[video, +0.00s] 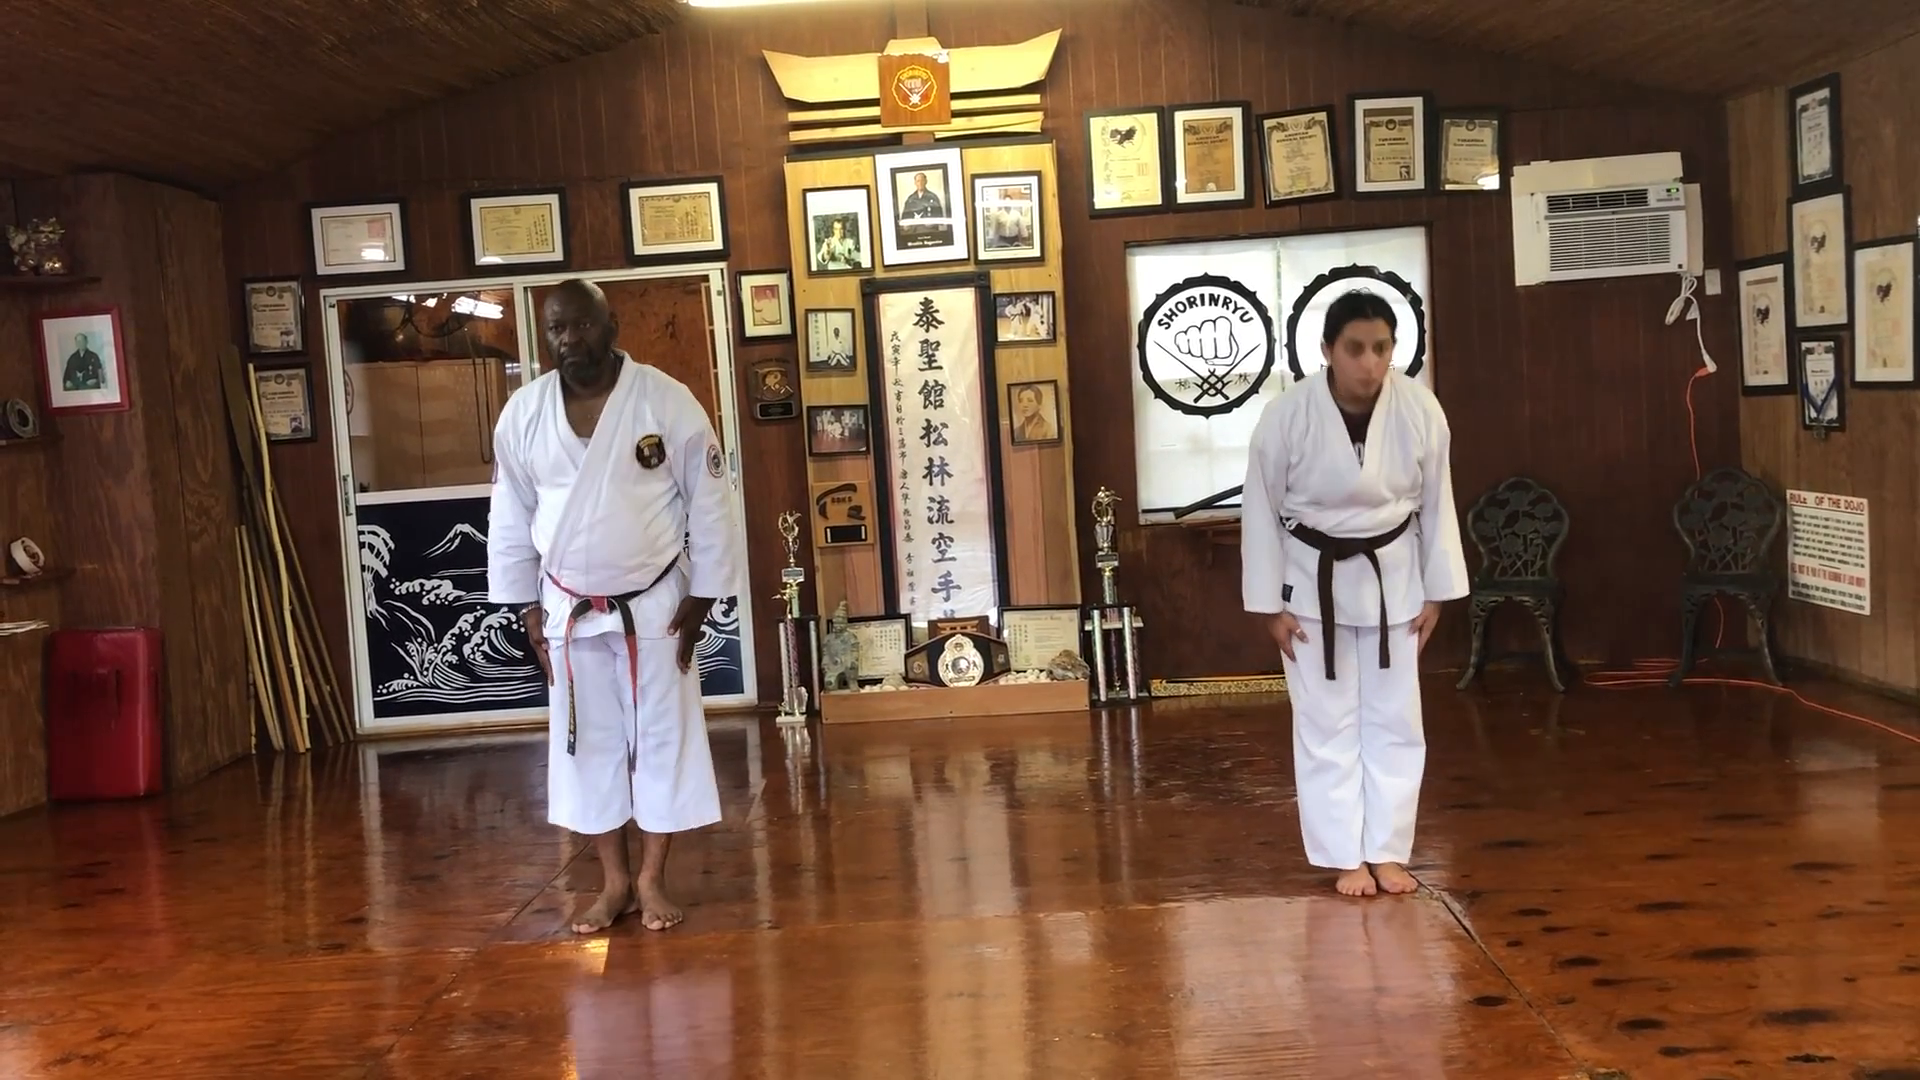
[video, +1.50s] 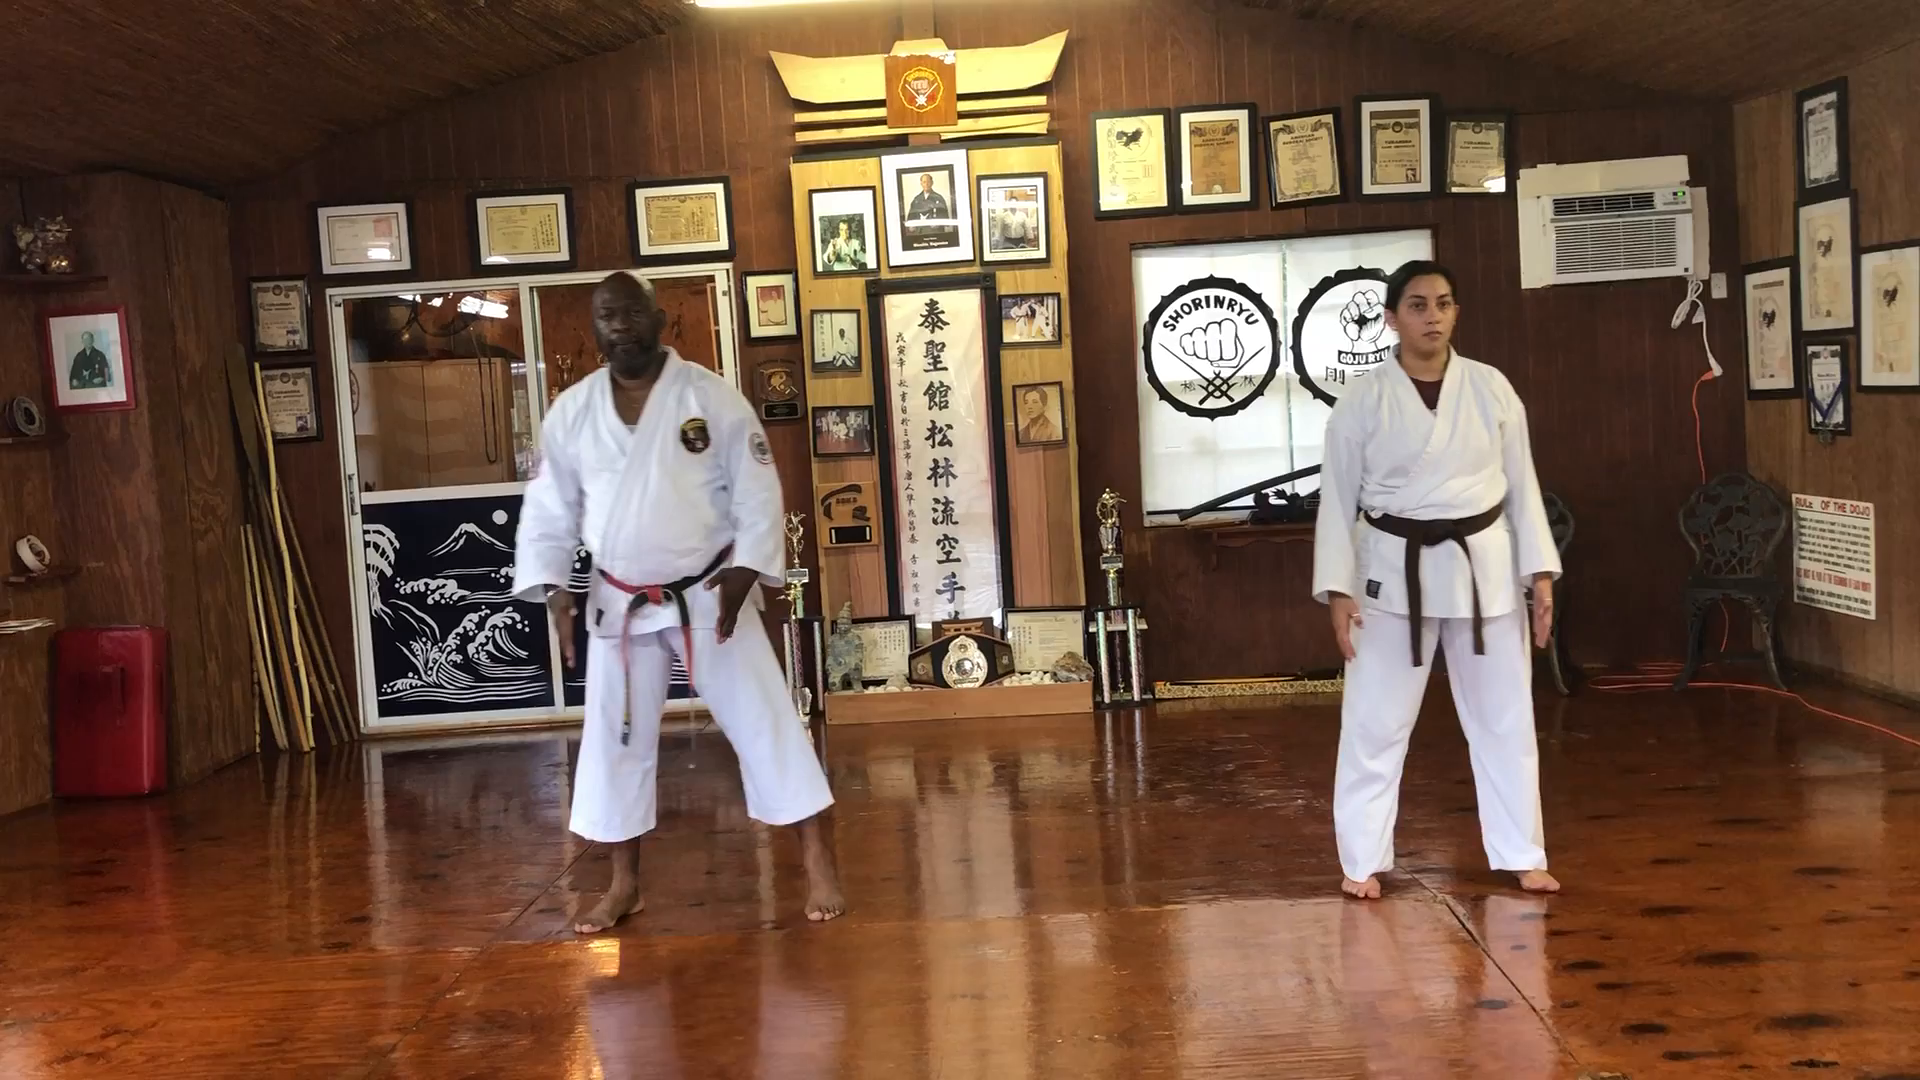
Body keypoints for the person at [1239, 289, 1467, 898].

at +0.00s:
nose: (1371, 363)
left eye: (1381, 349)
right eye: (1357, 349)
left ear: (1393, 352)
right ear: (1328, 352)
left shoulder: (1420, 410)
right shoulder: (1287, 415)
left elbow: (1437, 506)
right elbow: (1260, 511)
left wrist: (1435, 594)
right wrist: (1270, 604)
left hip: (1394, 568)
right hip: (1312, 570)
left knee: (1394, 715)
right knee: (1328, 718)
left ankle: (1388, 853)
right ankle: (1346, 858)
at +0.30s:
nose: (1358, 316)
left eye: (1369, 304)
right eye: (1343, 304)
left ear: (1381, 315)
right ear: (1316, 315)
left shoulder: (1411, 386)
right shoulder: (1280, 395)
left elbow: (1439, 484)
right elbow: (1259, 496)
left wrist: (1444, 573)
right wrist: (1268, 587)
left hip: (1400, 561)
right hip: (1314, 565)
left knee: (1401, 714)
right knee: (1331, 717)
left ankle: (1396, 853)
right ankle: (1347, 860)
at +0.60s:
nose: (1354, 311)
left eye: (1364, 299)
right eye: (1338, 299)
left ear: (1377, 312)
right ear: (1312, 312)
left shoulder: (1410, 385)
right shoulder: (1279, 396)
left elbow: (1439, 483)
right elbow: (1261, 498)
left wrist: (1450, 568)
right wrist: (1271, 586)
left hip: (1403, 563)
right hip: (1318, 567)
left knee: (1403, 715)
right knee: (1334, 718)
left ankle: (1397, 853)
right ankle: (1348, 859)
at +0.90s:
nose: (1363, 309)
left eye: (1374, 297)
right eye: (1348, 297)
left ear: (1386, 309)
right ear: (1321, 309)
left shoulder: (1418, 382)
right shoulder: (1287, 393)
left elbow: (1447, 480)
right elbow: (1267, 495)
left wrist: (1462, 561)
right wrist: (1276, 586)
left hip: (1412, 561)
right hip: (1324, 566)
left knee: (1414, 712)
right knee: (1340, 718)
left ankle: (1408, 848)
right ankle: (1354, 860)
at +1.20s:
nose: (1386, 314)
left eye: (1395, 303)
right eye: (1371, 303)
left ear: (1408, 314)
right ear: (1343, 314)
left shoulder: (1439, 389)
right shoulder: (1309, 399)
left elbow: (1469, 488)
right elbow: (1285, 500)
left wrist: (1491, 574)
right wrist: (1290, 588)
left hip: (1436, 566)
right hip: (1344, 571)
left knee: (1473, 712)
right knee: (1350, 722)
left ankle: (1509, 844)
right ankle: (1358, 861)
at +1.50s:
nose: (1433, 315)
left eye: (1443, 303)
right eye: (1417, 304)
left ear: (1457, 314)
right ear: (1393, 318)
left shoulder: (1492, 388)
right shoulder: (1361, 397)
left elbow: (1522, 488)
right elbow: (1337, 498)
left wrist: (1539, 574)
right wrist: (1338, 586)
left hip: (1486, 570)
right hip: (1391, 573)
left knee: (1505, 721)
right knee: (1375, 725)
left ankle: (1522, 857)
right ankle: (1363, 863)